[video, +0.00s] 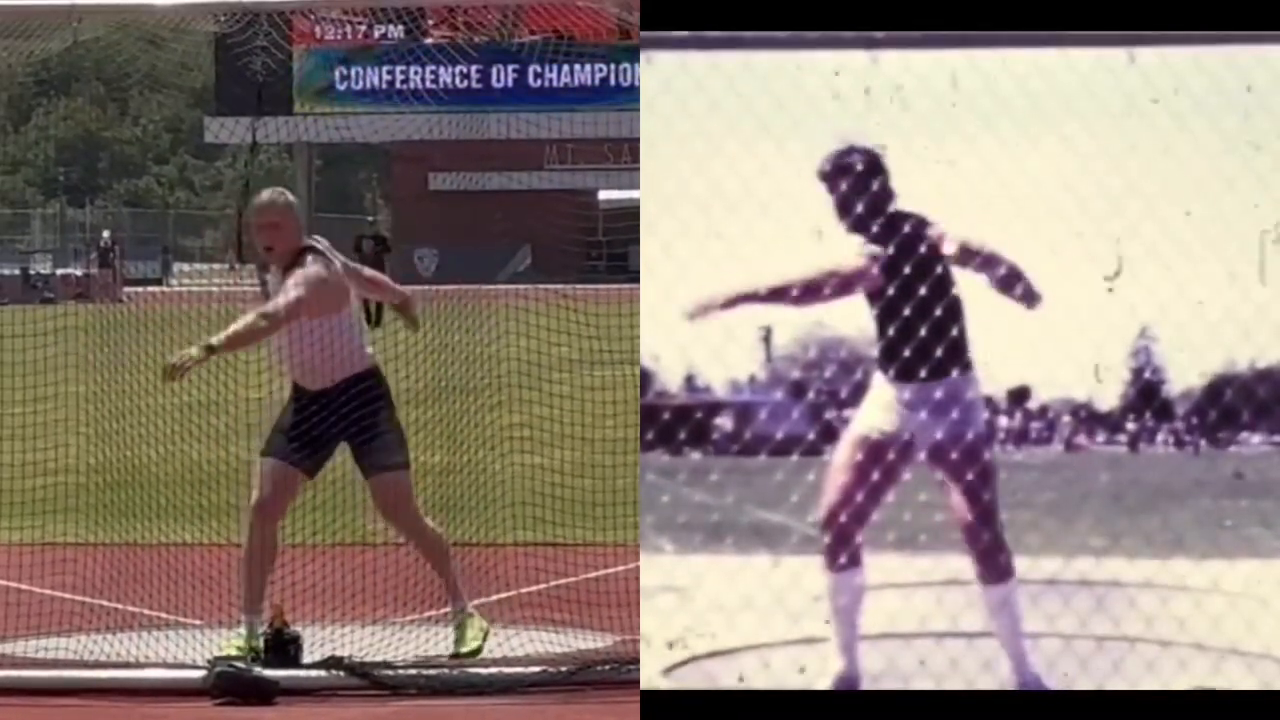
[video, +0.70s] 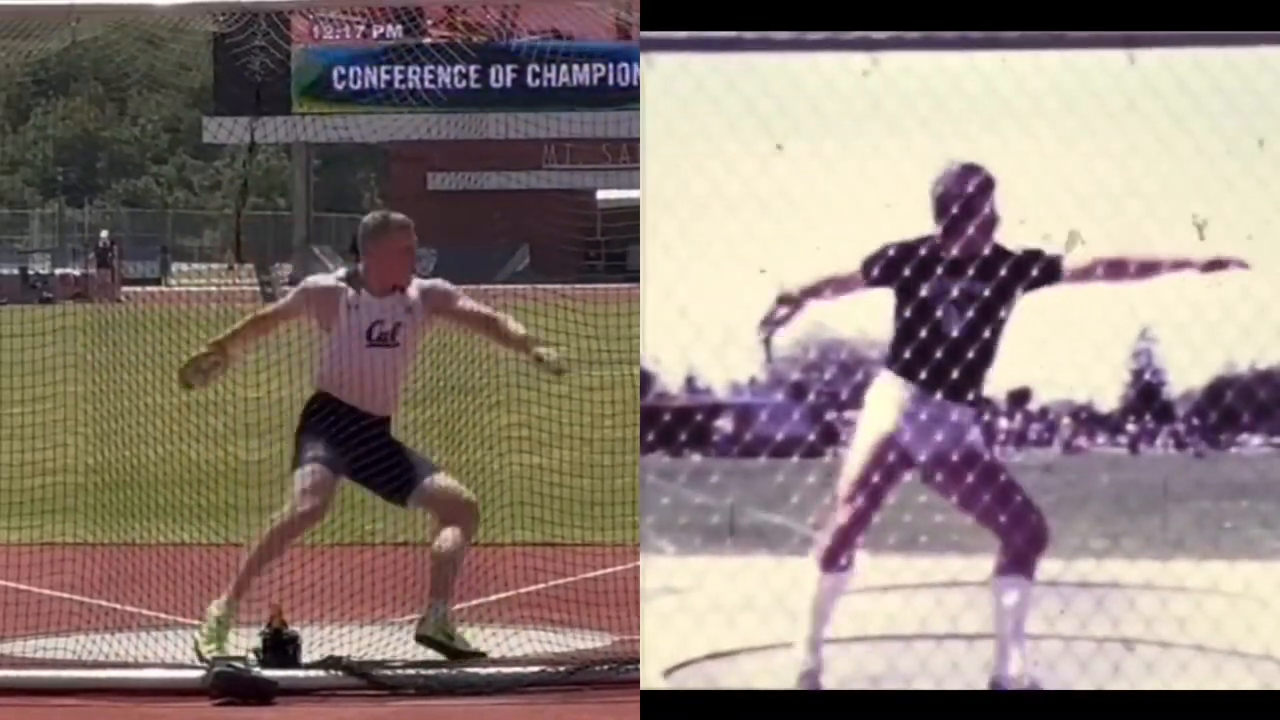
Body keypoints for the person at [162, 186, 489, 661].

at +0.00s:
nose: (266, 238)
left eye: (275, 228)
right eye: (259, 230)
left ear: (299, 228)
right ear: (252, 234)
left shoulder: (316, 271)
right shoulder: (286, 265)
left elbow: (271, 319)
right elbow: (363, 277)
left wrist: (206, 349)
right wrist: (402, 300)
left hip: (361, 396)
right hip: (309, 402)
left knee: (400, 511)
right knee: (264, 508)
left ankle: (464, 613)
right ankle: (250, 633)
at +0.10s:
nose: (279, 241)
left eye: (289, 230)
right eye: (272, 233)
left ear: (310, 230)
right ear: (265, 236)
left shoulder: (329, 274)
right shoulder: (294, 275)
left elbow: (301, 320)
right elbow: (359, 283)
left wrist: (251, 349)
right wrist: (383, 316)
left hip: (365, 399)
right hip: (310, 404)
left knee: (403, 505)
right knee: (265, 506)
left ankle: (459, 616)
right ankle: (250, 631)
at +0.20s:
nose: (296, 244)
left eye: (305, 234)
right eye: (288, 235)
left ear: (322, 233)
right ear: (278, 238)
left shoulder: (342, 276)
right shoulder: (286, 275)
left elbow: (338, 319)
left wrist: (306, 349)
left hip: (368, 401)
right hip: (312, 405)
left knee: (411, 507)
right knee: (267, 505)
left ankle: (451, 620)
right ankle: (251, 628)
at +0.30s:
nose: (322, 246)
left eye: (328, 236)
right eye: (312, 237)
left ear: (339, 235)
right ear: (295, 239)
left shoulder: (356, 279)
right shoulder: (288, 270)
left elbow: (367, 313)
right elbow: (303, 314)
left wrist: (360, 345)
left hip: (371, 403)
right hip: (313, 406)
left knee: (420, 503)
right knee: (268, 506)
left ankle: (444, 626)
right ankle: (250, 630)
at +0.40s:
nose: (347, 248)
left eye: (353, 238)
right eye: (336, 238)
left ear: (361, 239)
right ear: (312, 240)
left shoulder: (371, 285)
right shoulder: (292, 274)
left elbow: (404, 311)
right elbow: (290, 323)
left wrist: (413, 344)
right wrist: (273, 332)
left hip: (376, 412)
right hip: (313, 413)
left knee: (436, 504)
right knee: (269, 508)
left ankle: (433, 629)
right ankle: (250, 630)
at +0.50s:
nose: (367, 254)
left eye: (373, 244)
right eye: (356, 244)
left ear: (379, 246)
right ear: (329, 248)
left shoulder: (392, 288)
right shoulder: (302, 282)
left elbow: (436, 316)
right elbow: (273, 315)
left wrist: (458, 343)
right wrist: (259, 337)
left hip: (377, 422)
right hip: (313, 421)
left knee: (450, 504)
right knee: (274, 510)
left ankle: (426, 627)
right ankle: (248, 633)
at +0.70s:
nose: (413, 262)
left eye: (413, 251)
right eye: (403, 252)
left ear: (409, 255)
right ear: (369, 256)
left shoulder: (426, 297)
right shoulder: (327, 294)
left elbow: (490, 321)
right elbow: (265, 320)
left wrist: (533, 347)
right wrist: (216, 352)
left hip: (376, 436)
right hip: (328, 423)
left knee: (461, 508)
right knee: (309, 509)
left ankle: (436, 621)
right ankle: (224, 612)